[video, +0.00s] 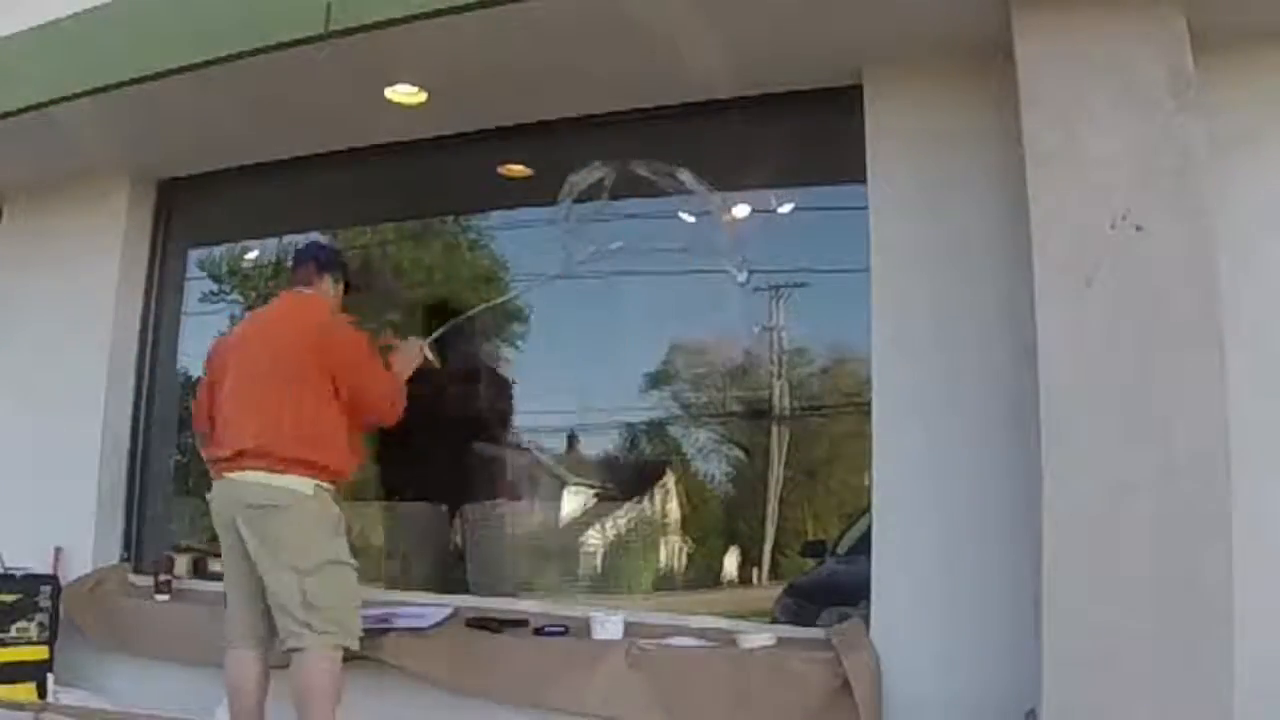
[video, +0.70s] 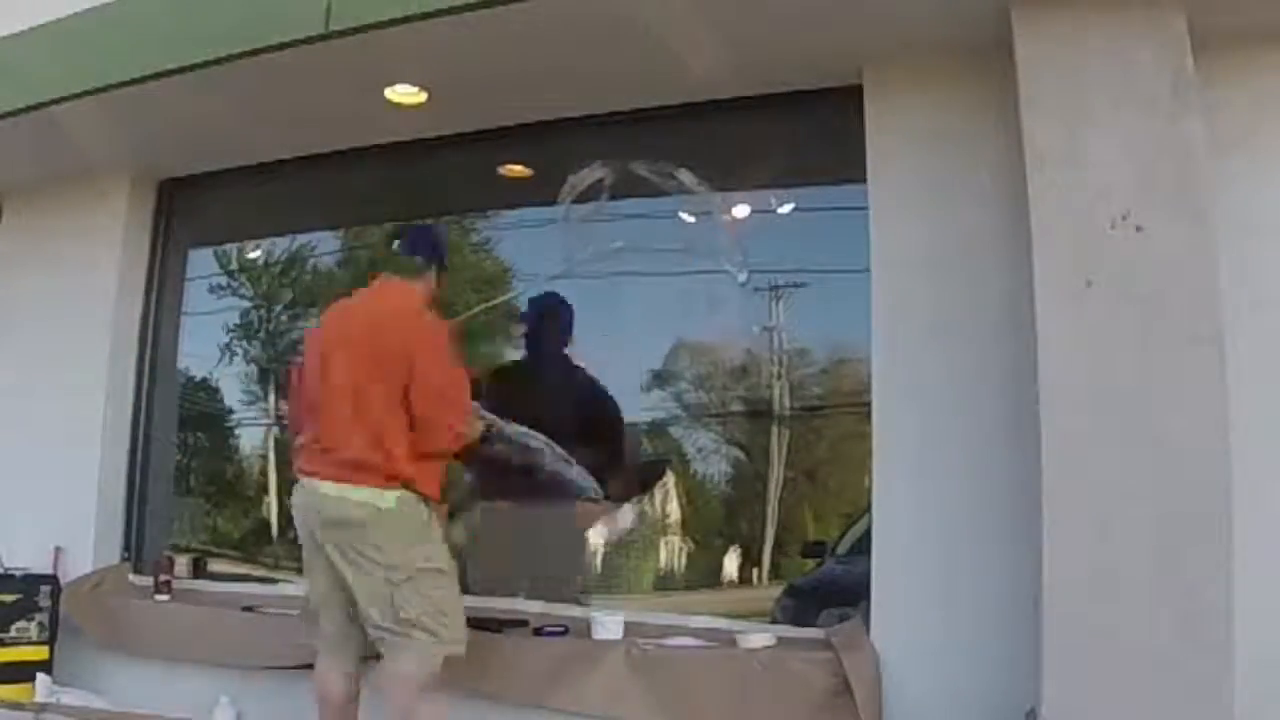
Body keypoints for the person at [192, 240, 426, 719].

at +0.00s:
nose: (339, 301)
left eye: (341, 292)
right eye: (339, 291)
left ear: (292, 280)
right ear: (325, 281)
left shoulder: (235, 336)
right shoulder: (332, 329)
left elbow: (203, 419)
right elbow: (383, 408)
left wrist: (233, 470)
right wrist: (403, 367)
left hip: (227, 493)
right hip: (293, 496)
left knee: (246, 635)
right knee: (319, 636)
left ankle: (245, 717)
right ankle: (317, 716)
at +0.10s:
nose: (381, 325)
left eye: (386, 317)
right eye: (385, 315)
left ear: (348, 289)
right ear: (372, 301)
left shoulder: (270, 320)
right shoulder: (355, 346)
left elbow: (228, 397)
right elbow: (381, 440)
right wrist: (429, 409)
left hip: (236, 492)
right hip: (299, 499)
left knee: (246, 635)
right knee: (323, 637)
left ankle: (247, 716)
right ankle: (326, 716)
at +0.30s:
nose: (516, 385)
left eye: (522, 378)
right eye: (521, 376)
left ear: (491, 334)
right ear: (504, 361)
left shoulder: (414, 325)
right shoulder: (462, 399)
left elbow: (336, 355)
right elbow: (465, 503)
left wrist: (343, 422)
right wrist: (524, 484)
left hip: (292, 478)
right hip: (350, 509)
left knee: (280, 626)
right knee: (379, 650)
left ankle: (262, 716)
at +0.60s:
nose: (540, 385)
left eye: (547, 378)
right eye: (542, 376)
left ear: (513, 342)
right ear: (523, 363)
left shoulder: (430, 324)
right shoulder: (484, 399)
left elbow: (357, 360)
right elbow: (473, 502)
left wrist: (366, 427)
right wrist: (541, 505)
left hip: (312, 475)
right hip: (367, 508)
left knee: (293, 628)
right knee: (382, 653)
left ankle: (271, 715)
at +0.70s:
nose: (439, 287)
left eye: (435, 277)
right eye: (441, 277)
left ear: (388, 265)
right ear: (435, 272)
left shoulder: (334, 316)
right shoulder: (422, 324)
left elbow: (304, 409)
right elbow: (445, 432)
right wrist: (469, 424)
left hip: (314, 498)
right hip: (384, 506)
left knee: (336, 643)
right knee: (419, 640)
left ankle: (335, 715)